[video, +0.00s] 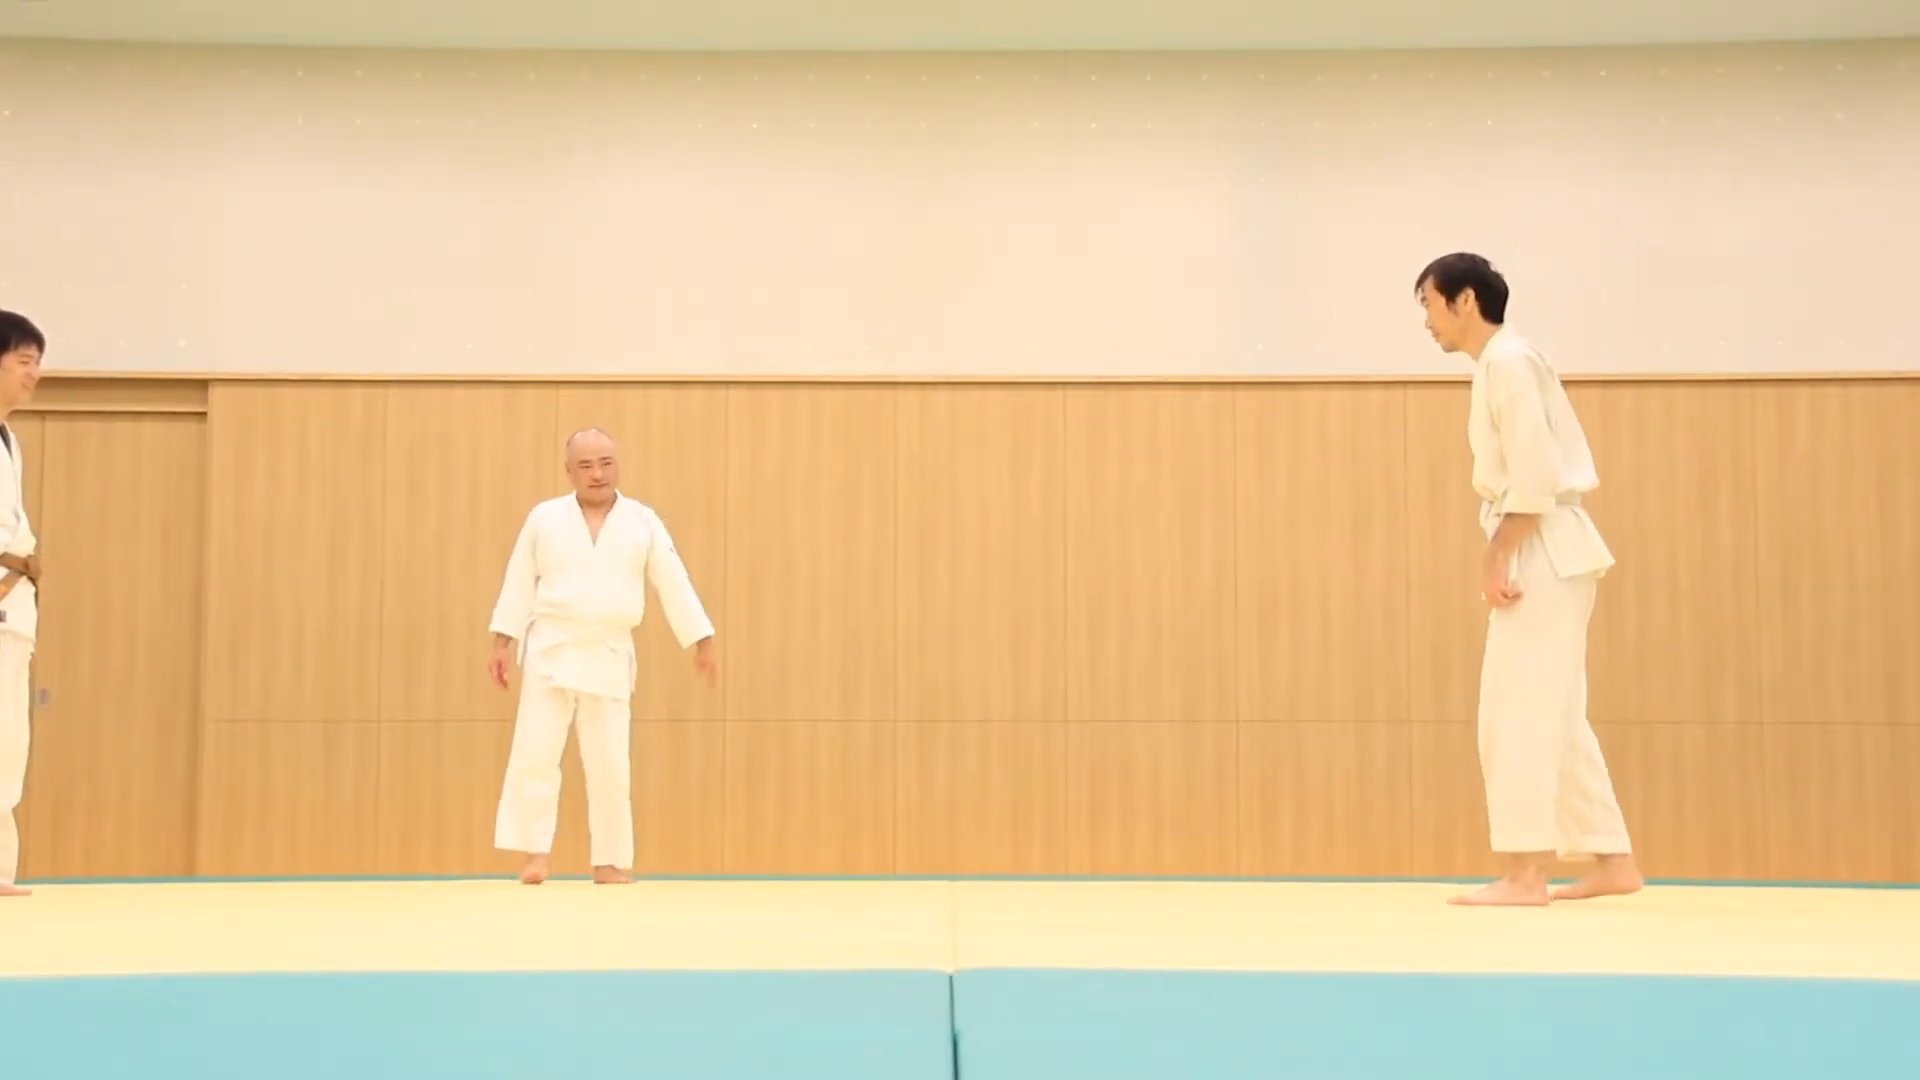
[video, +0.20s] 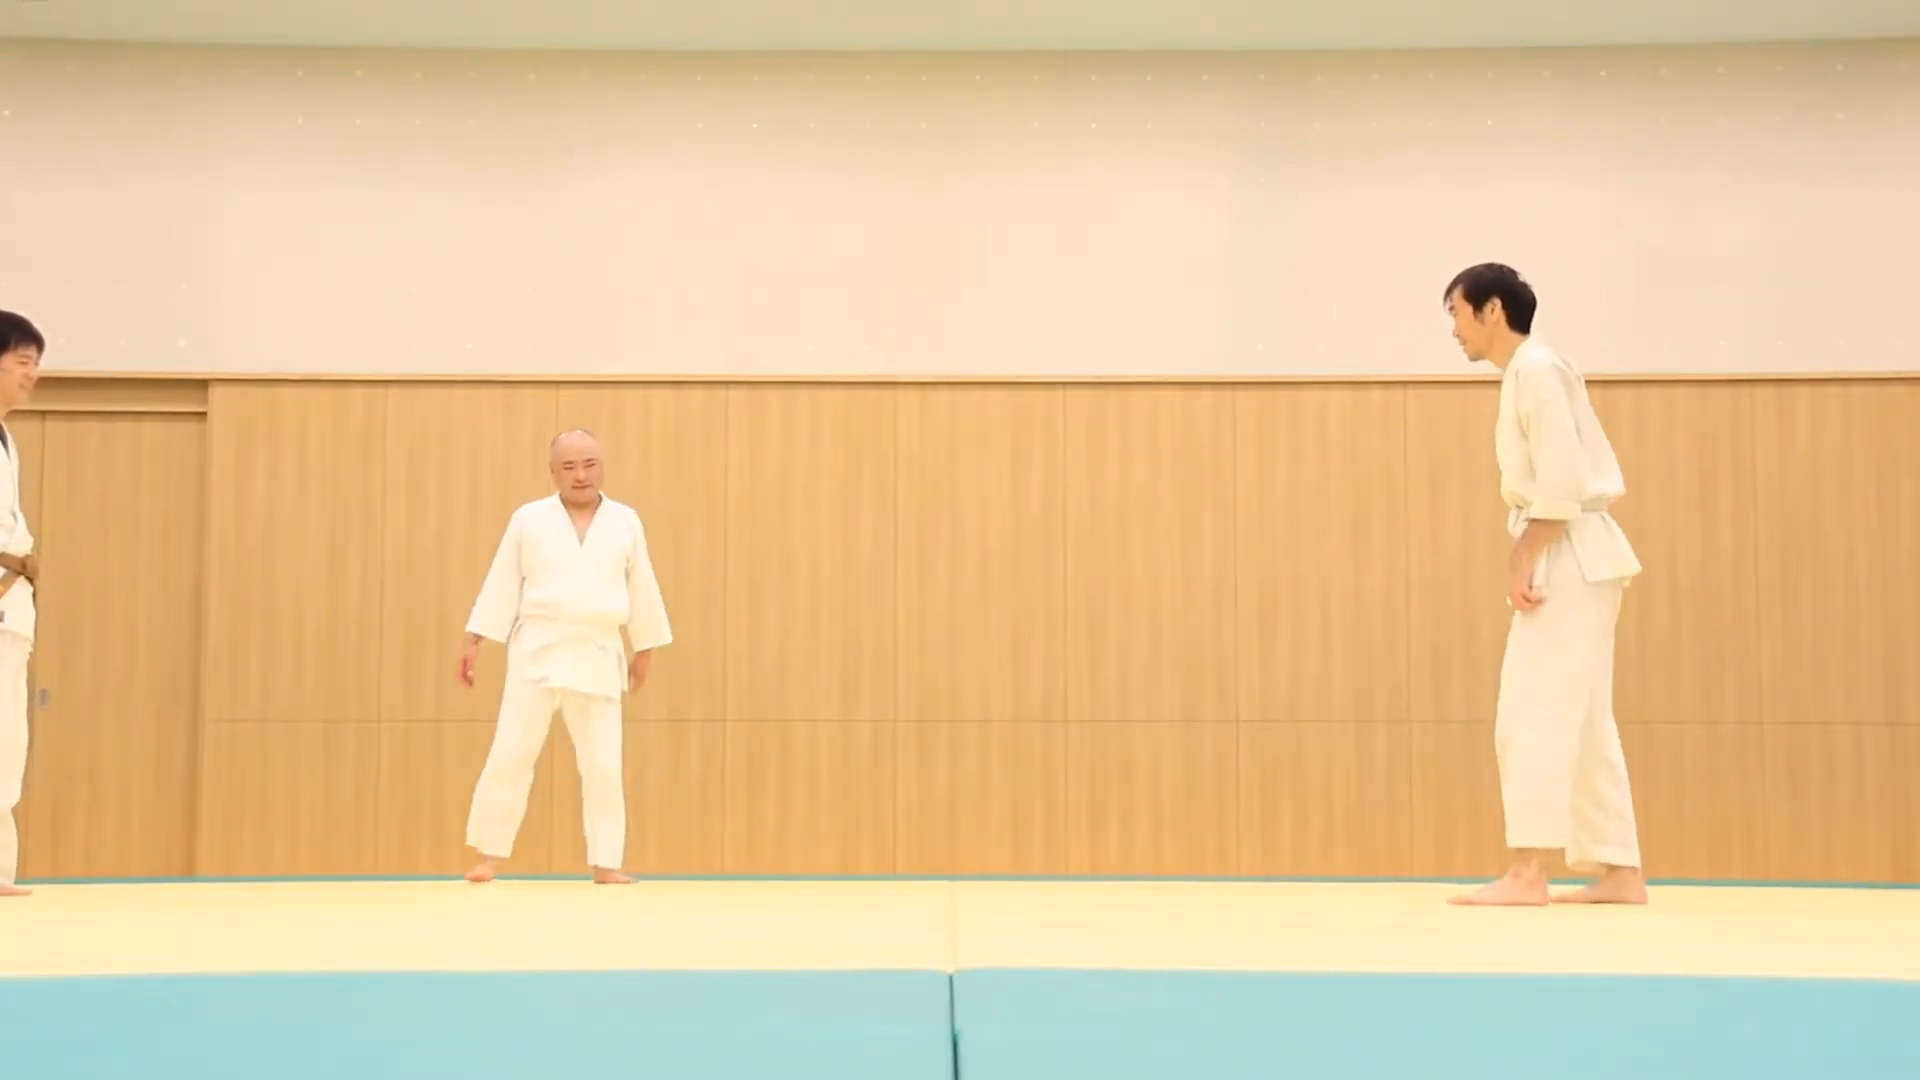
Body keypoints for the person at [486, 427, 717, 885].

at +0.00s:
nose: (597, 473)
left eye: (605, 463)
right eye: (585, 465)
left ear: (618, 466)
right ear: (569, 471)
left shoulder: (641, 519)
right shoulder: (545, 517)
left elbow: (672, 579)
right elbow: (520, 580)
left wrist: (701, 637)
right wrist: (502, 642)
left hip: (609, 653)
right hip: (550, 650)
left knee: (609, 761)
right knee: (536, 753)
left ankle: (609, 864)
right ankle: (535, 855)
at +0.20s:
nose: (581, 474)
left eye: (589, 464)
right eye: (569, 466)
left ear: (603, 467)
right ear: (553, 472)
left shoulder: (625, 522)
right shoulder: (529, 519)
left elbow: (641, 590)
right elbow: (501, 584)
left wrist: (642, 649)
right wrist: (473, 640)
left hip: (598, 653)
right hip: (535, 651)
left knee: (603, 762)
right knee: (512, 751)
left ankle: (606, 865)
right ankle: (489, 857)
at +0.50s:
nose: (519, 479)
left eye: (528, 470)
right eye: (508, 471)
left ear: (540, 474)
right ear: (491, 476)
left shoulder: (560, 526)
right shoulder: (467, 526)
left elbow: (583, 584)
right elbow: (436, 582)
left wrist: (596, 637)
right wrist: (408, 627)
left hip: (544, 656)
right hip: (485, 656)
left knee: (572, 759)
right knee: (476, 760)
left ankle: (600, 862)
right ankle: (469, 865)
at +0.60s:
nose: (495, 480)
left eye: (504, 470)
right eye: (484, 472)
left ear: (517, 474)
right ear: (468, 478)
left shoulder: (540, 526)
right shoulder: (447, 527)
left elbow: (565, 578)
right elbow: (416, 582)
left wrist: (580, 620)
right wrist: (389, 625)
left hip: (526, 658)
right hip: (467, 658)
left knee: (557, 759)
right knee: (463, 763)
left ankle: (576, 860)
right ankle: (467, 865)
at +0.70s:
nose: (475, 477)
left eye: (484, 468)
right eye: (464, 470)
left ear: (497, 470)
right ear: (449, 476)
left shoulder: (523, 521)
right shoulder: (430, 525)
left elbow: (549, 568)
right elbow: (399, 581)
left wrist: (557, 606)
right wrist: (369, 627)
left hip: (511, 655)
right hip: (454, 656)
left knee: (537, 756)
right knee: (455, 760)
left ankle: (522, 855)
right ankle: (461, 863)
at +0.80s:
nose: (458, 476)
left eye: (467, 466)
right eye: (447, 468)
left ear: (480, 469)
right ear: (432, 474)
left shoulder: (505, 518)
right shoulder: (415, 526)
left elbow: (535, 560)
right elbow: (380, 584)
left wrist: (539, 596)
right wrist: (344, 639)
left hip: (498, 653)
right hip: (444, 654)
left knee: (506, 757)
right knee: (451, 755)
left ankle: (471, 856)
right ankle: (464, 860)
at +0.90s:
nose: (443, 476)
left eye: (452, 466)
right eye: (431, 469)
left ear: (465, 470)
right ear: (416, 476)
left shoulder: (488, 518)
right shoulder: (399, 529)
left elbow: (519, 558)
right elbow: (363, 591)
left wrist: (525, 593)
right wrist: (326, 651)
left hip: (484, 655)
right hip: (430, 657)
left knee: (476, 761)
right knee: (440, 757)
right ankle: (463, 861)